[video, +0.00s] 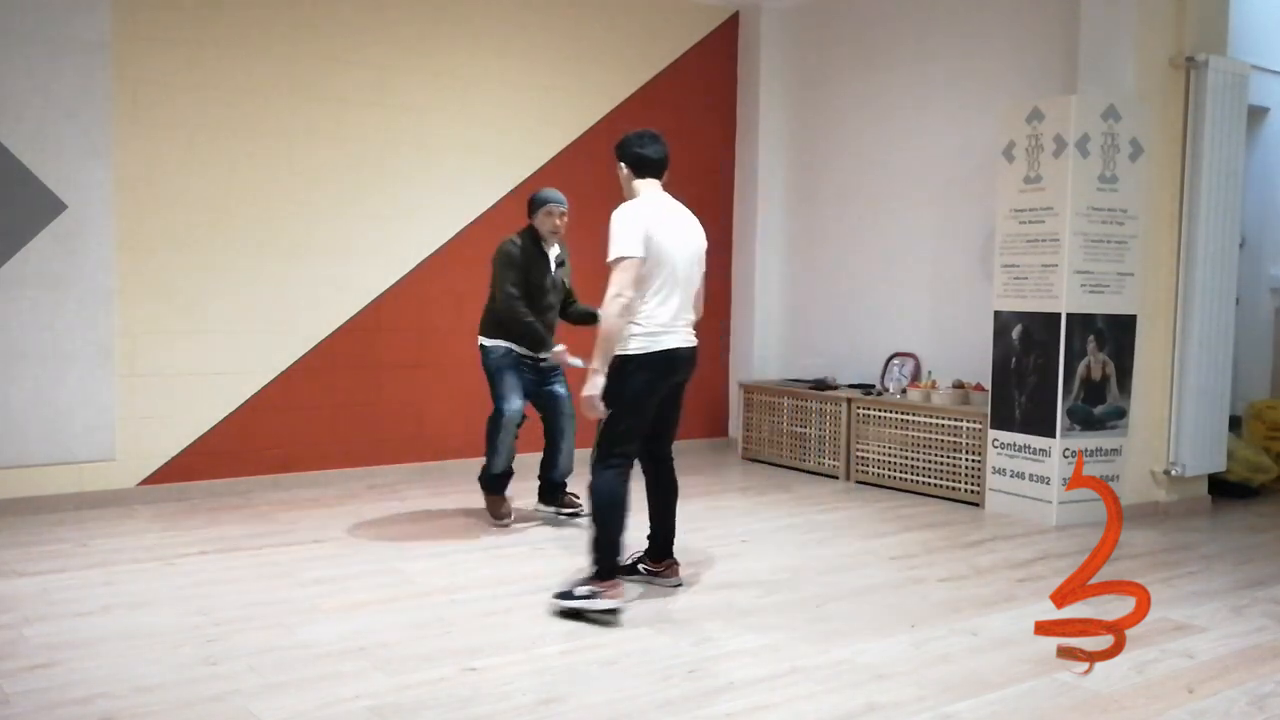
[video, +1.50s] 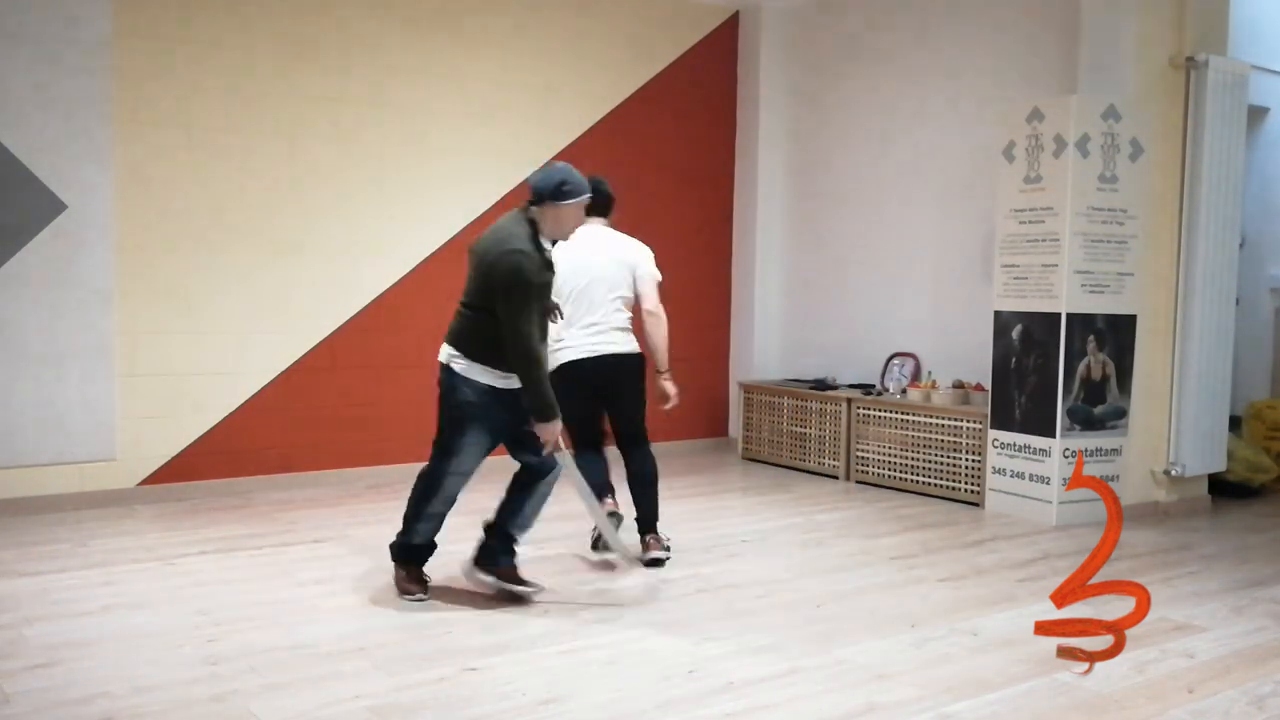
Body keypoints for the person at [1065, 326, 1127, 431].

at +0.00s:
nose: (1087, 346)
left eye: (1091, 342)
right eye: (1088, 342)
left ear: (1098, 345)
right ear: (1088, 345)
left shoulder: (1108, 364)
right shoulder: (1084, 364)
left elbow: (1113, 389)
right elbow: (1076, 390)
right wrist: (1070, 408)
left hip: (1103, 406)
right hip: (1086, 406)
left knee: (1121, 411)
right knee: (1071, 410)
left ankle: (1085, 425)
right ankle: (1101, 425)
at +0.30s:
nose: (1087, 346)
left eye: (1091, 342)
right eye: (1088, 342)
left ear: (1098, 345)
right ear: (1088, 345)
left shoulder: (1108, 364)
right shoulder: (1084, 364)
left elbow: (1113, 389)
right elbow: (1076, 390)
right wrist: (1070, 408)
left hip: (1103, 406)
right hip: (1086, 406)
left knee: (1121, 411)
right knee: (1071, 410)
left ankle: (1085, 425)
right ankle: (1102, 425)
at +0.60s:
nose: (1087, 346)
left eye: (1091, 342)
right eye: (1088, 342)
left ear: (1098, 344)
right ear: (1088, 345)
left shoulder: (1108, 364)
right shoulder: (1084, 364)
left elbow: (1113, 389)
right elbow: (1076, 390)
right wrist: (1070, 408)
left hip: (1103, 406)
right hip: (1085, 405)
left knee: (1121, 411)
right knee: (1071, 410)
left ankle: (1086, 425)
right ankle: (1101, 425)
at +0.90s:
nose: (1087, 346)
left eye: (1091, 342)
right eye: (1088, 342)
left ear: (1098, 344)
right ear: (1088, 345)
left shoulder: (1108, 365)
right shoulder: (1083, 365)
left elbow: (1113, 389)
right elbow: (1076, 391)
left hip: (1103, 406)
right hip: (1086, 405)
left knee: (1121, 411)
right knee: (1071, 410)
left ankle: (1086, 425)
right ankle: (1102, 425)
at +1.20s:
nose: (1087, 346)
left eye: (1091, 342)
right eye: (1088, 342)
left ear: (1099, 344)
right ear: (1088, 345)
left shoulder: (1108, 364)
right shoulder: (1083, 365)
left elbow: (1113, 389)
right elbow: (1076, 390)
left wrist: (1114, 406)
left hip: (1103, 405)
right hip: (1086, 405)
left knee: (1121, 411)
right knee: (1071, 410)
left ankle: (1086, 425)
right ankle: (1102, 425)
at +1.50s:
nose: (1087, 345)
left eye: (1091, 342)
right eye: (1088, 342)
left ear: (1099, 344)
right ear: (1088, 345)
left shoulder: (1108, 364)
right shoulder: (1083, 365)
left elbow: (1113, 388)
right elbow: (1076, 390)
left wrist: (1115, 406)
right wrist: (1070, 408)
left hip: (1102, 405)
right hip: (1086, 405)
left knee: (1121, 411)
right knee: (1071, 410)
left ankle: (1086, 425)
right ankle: (1101, 425)